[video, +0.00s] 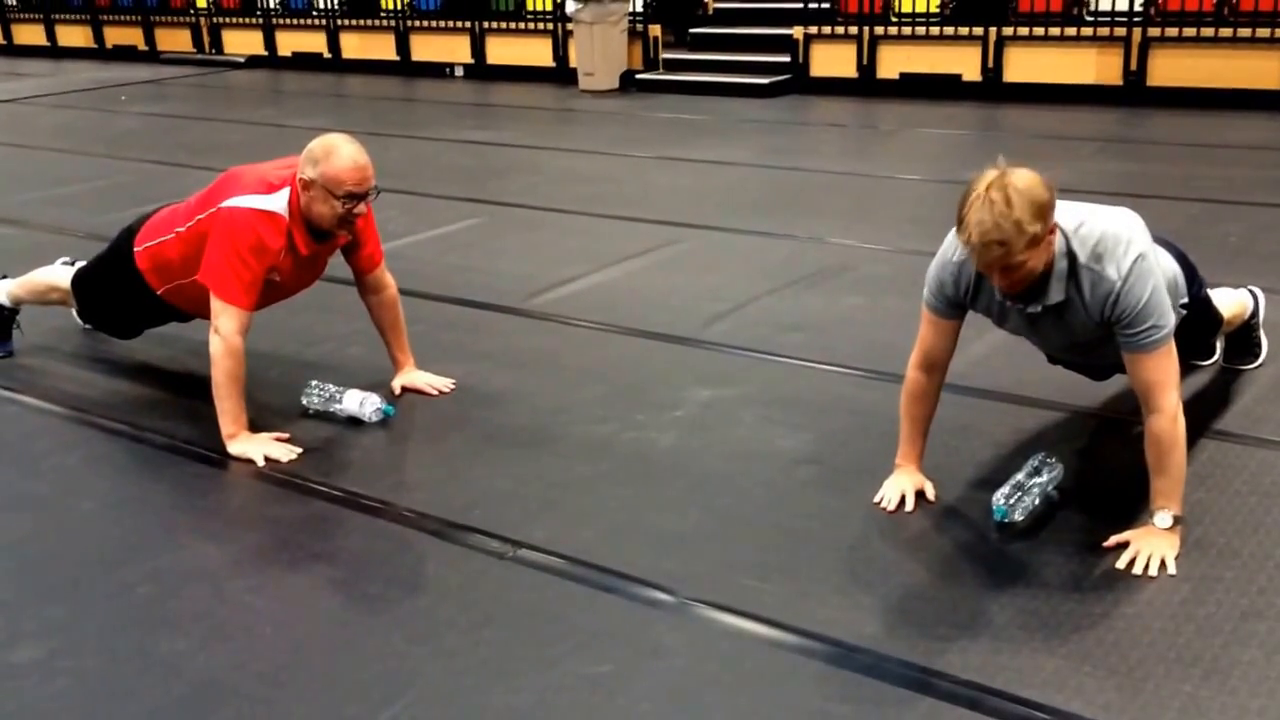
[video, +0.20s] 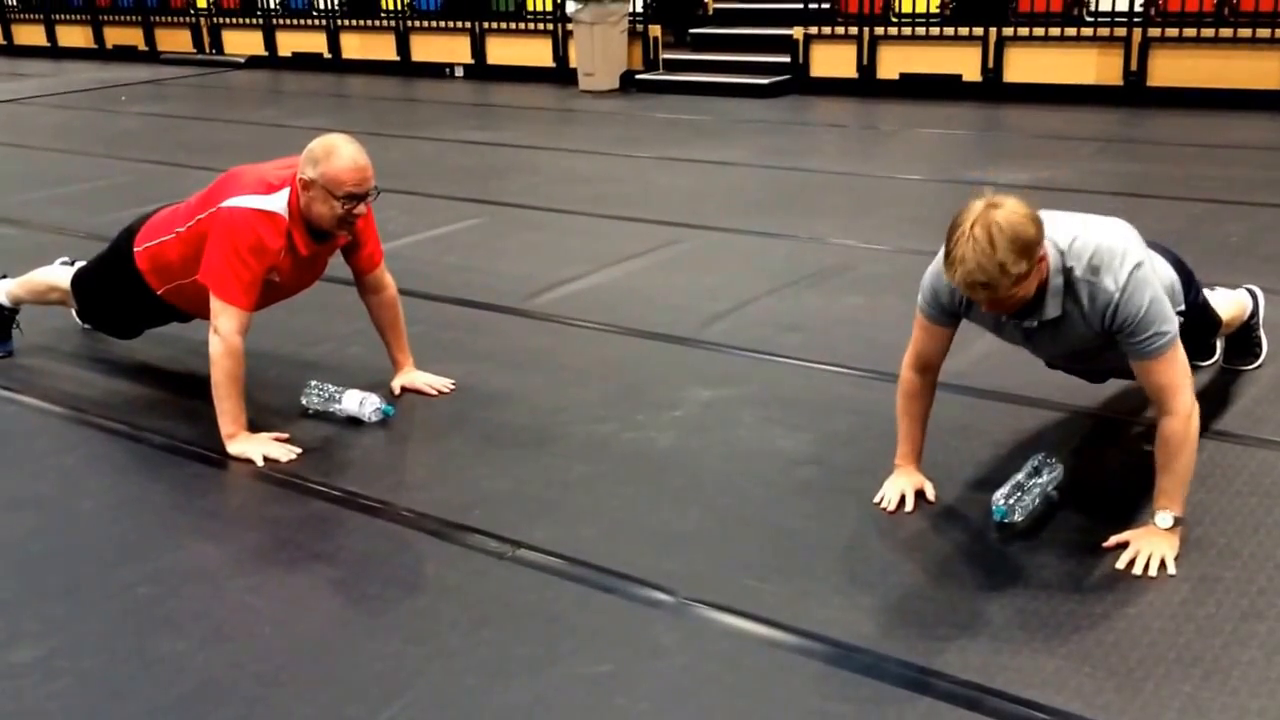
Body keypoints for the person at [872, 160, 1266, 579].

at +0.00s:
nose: (1001, 283)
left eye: (1014, 268)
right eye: (990, 269)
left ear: (1049, 239)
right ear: (974, 247)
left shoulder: (1126, 270)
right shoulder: (958, 260)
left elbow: (1163, 407)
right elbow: (925, 366)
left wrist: (1164, 521)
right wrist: (907, 464)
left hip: (1156, 309)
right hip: (1071, 336)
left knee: (1201, 327)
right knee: (1120, 356)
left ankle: (1246, 304)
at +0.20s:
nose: (995, 310)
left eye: (1006, 298)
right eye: (982, 301)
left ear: (1039, 266)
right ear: (965, 272)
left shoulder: (1126, 283)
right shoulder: (954, 278)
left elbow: (1179, 410)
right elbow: (918, 368)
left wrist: (1164, 522)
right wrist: (906, 465)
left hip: (1154, 315)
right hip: (1078, 351)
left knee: (1202, 319)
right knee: (1156, 351)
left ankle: (1244, 306)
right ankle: (1191, 344)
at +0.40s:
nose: (978, 405)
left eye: (991, 394)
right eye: (968, 395)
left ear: (1025, 361)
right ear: (952, 362)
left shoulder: (1118, 348)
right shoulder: (945, 322)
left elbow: (1218, 425)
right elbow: (899, 373)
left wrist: (1168, 524)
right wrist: (905, 465)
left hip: (1158, 317)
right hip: (1078, 296)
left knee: (1206, 332)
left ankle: (1241, 302)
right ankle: (1203, 299)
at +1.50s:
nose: (971, 493)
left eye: (974, 486)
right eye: (954, 488)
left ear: (1006, 448)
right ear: (927, 431)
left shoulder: (1096, 411)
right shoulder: (944, 374)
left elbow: (1222, 438)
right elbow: (884, 376)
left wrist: (1163, 531)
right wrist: (901, 467)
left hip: (1136, 367)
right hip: (1053, 346)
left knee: (1196, 362)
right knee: (1129, 342)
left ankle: (1236, 308)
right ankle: (1199, 303)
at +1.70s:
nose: (975, 448)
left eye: (981, 439)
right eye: (960, 441)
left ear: (1012, 405)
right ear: (935, 393)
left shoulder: (1108, 378)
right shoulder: (938, 341)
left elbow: (1213, 433)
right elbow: (891, 380)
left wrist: (1162, 532)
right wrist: (902, 471)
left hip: (1143, 345)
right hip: (1069, 319)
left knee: (1199, 346)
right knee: (1149, 320)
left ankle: (1238, 310)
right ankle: (1206, 302)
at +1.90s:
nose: (983, 372)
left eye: (992, 360)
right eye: (970, 364)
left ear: (1025, 317)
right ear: (951, 327)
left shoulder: (1118, 312)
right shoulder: (937, 295)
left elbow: (1180, 423)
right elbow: (906, 377)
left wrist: (1162, 533)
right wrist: (901, 471)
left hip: (1151, 335)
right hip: (1070, 360)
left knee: (1202, 336)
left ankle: (1239, 312)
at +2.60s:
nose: (978, 386)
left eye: (987, 375)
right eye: (966, 378)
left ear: (1018, 327)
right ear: (938, 334)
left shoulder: (1105, 316)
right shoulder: (929, 296)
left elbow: (1171, 424)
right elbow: (900, 379)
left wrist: (1159, 537)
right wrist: (899, 475)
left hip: (1143, 337)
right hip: (1058, 364)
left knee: (1194, 346)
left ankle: (1234, 315)